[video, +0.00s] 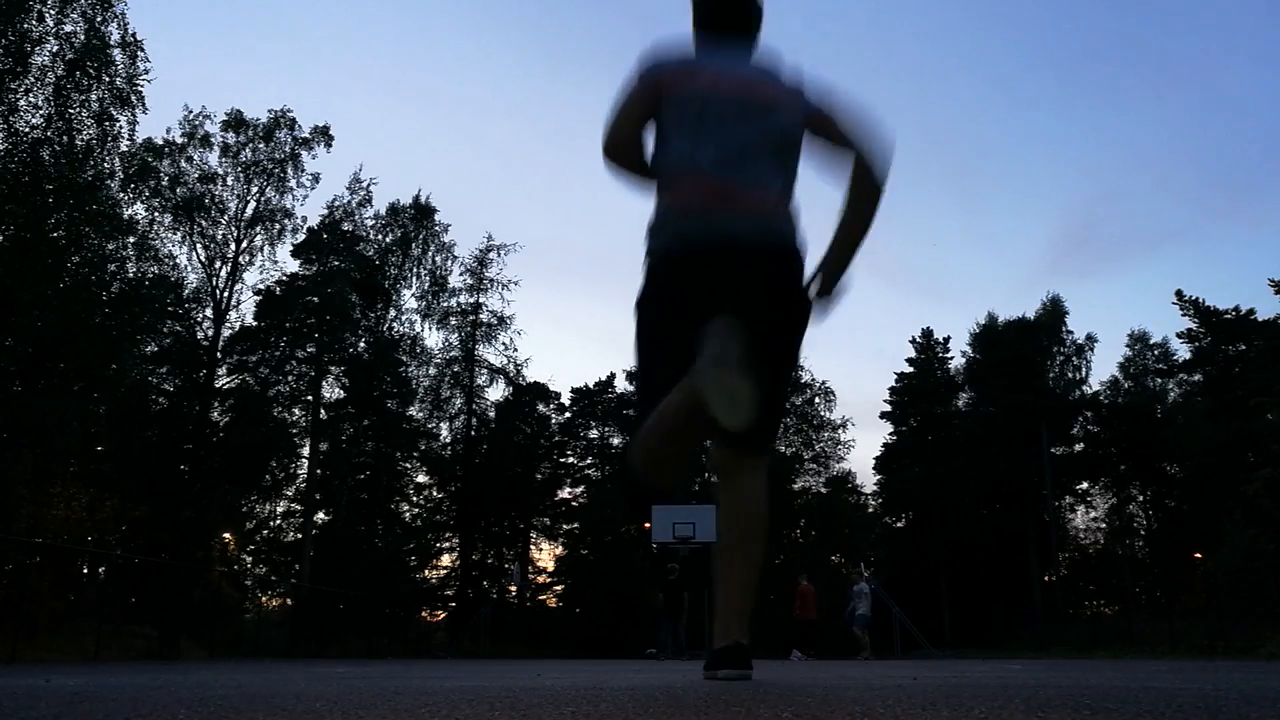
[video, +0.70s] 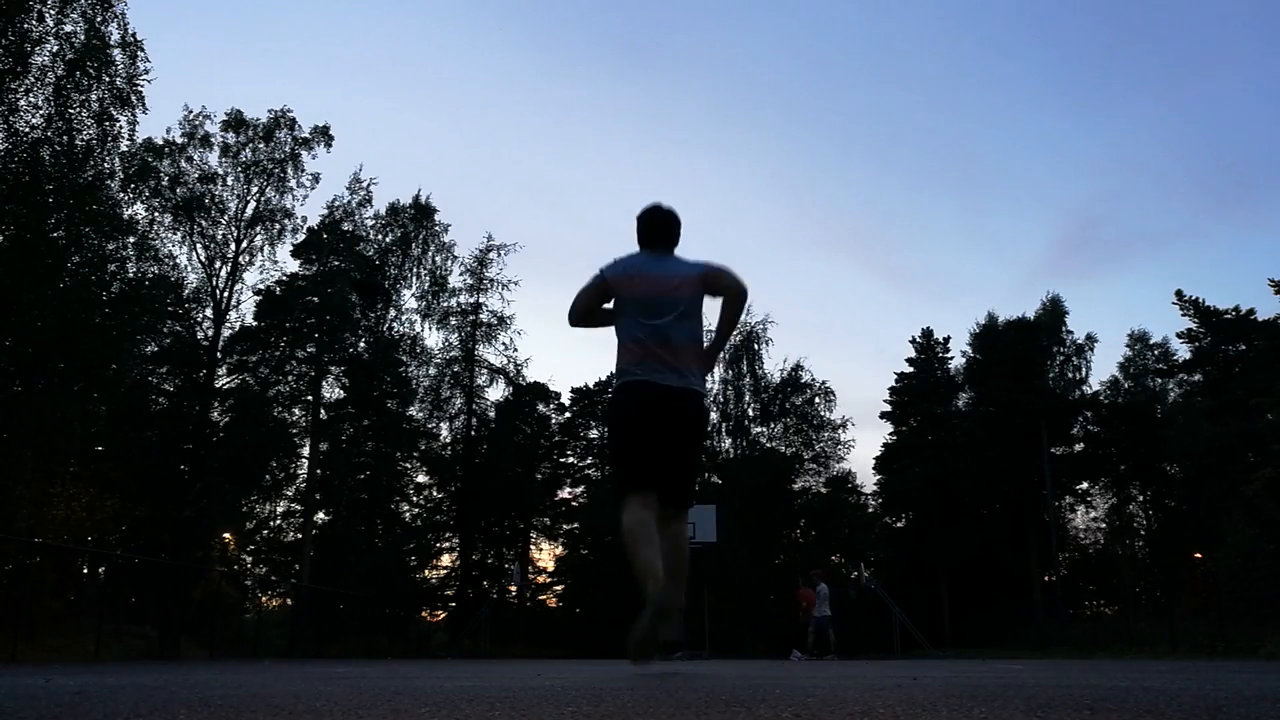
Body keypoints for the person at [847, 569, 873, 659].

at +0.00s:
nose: (854, 579)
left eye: (856, 577)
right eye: (854, 577)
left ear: (859, 577)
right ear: (854, 578)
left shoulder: (864, 586)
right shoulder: (855, 587)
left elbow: (868, 599)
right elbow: (855, 601)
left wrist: (867, 610)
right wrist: (849, 609)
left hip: (864, 611)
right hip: (858, 611)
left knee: (857, 628)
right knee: (864, 632)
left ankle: (865, 650)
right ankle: (866, 652)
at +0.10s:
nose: (849, 581)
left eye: (850, 579)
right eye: (848, 579)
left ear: (854, 579)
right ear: (849, 580)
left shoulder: (859, 587)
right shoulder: (850, 589)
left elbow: (864, 600)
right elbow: (847, 601)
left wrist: (864, 611)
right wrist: (840, 609)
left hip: (859, 613)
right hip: (853, 613)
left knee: (851, 631)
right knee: (861, 633)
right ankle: (865, 651)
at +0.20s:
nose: (843, 581)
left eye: (844, 579)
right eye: (843, 579)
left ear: (848, 580)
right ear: (844, 580)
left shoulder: (854, 589)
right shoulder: (844, 589)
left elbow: (858, 602)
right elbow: (841, 601)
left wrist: (860, 613)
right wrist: (833, 609)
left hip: (853, 614)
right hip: (847, 614)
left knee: (845, 632)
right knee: (857, 633)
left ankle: (838, 651)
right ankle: (865, 651)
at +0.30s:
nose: (837, 582)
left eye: (838, 580)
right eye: (836, 580)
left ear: (842, 580)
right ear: (838, 581)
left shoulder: (847, 589)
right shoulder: (838, 590)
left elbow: (852, 602)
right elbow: (835, 602)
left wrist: (854, 613)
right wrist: (829, 610)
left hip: (846, 614)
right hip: (840, 614)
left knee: (837, 632)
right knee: (849, 633)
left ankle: (835, 653)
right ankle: (862, 649)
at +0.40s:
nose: (831, 580)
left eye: (832, 579)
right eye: (831, 579)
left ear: (835, 579)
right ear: (832, 580)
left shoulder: (841, 588)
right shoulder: (832, 588)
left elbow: (845, 601)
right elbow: (831, 601)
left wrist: (846, 611)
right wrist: (826, 611)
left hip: (840, 613)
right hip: (833, 613)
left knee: (835, 632)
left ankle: (834, 653)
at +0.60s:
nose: (820, 579)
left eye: (821, 577)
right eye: (819, 577)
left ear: (823, 577)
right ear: (822, 577)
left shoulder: (829, 587)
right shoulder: (824, 587)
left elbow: (829, 602)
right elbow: (825, 601)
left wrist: (823, 611)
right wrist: (822, 610)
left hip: (829, 614)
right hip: (824, 614)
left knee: (830, 632)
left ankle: (832, 652)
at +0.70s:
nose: (814, 581)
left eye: (815, 579)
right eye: (814, 579)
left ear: (817, 579)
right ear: (819, 579)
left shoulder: (822, 588)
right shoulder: (819, 588)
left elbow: (819, 602)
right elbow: (819, 603)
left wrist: (816, 612)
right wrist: (816, 611)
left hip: (823, 614)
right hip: (820, 614)